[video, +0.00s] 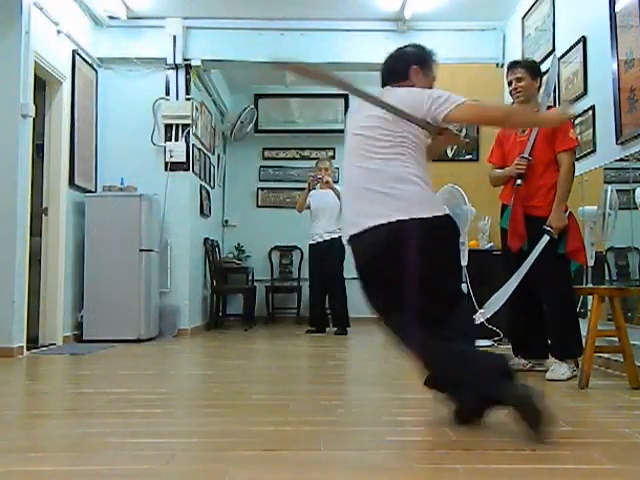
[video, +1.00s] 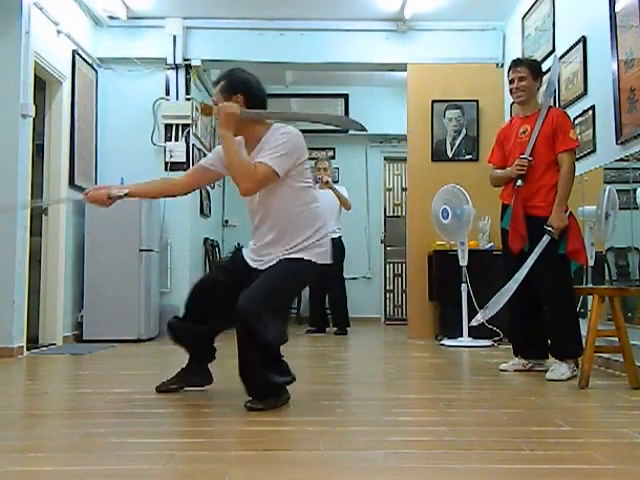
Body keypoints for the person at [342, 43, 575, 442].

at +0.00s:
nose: (433, 85)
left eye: (433, 79)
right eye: (431, 78)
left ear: (388, 74)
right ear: (413, 73)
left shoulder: (361, 106)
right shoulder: (418, 98)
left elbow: (404, 152)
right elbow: (494, 114)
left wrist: (440, 140)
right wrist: (548, 117)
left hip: (367, 232)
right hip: (423, 221)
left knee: (412, 327)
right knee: (447, 310)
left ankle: (501, 387)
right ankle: (467, 397)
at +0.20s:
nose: (450, 86)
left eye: (448, 81)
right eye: (448, 80)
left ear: (402, 83)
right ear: (436, 78)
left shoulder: (384, 115)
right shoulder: (436, 101)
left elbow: (453, 144)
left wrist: (470, 117)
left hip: (395, 234)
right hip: (449, 220)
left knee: (471, 316)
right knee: (471, 310)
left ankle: (554, 404)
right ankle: (479, 395)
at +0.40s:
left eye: (380, 73)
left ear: (380, 74)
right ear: (420, 75)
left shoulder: (361, 98)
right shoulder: (442, 102)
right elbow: (460, 149)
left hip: (385, 219)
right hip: (443, 217)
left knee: (375, 312)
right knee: (455, 303)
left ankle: (425, 369)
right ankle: (478, 397)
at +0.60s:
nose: (317, 79)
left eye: (319, 73)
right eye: (320, 73)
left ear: (325, 75)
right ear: (357, 74)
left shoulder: (328, 96)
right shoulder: (384, 100)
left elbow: (273, 131)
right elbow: (343, 80)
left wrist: (221, 149)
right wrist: (329, 43)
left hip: (360, 233)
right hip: (405, 231)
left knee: (296, 308)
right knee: (408, 318)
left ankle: (292, 386)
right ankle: (462, 371)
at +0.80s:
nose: (255, 97)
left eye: (258, 89)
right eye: (255, 91)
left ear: (272, 85)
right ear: (287, 85)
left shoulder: (306, 114)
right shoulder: (298, 125)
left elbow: (242, 137)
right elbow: (260, 163)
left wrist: (203, 87)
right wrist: (251, 124)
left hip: (336, 236)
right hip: (318, 236)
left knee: (265, 297)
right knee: (267, 296)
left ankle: (283, 390)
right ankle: (298, 346)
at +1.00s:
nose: (214, 110)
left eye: (217, 102)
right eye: (213, 104)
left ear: (239, 101)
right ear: (239, 104)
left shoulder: (287, 138)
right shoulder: (235, 149)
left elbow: (248, 184)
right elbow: (181, 184)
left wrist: (226, 133)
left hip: (303, 251)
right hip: (260, 250)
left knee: (252, 305)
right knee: (206, 294)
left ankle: (272, 389)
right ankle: (196, 368)